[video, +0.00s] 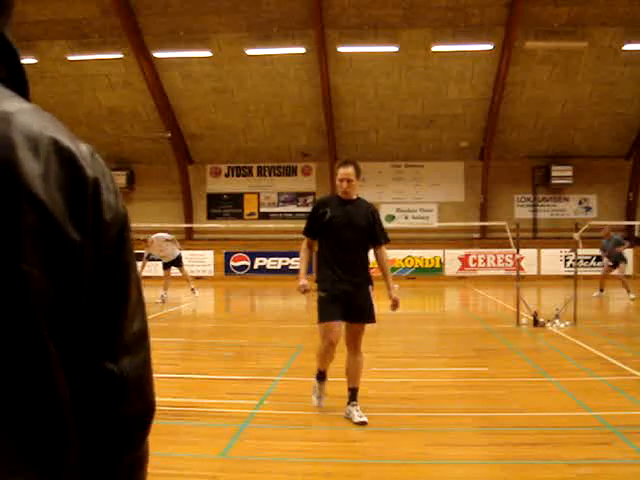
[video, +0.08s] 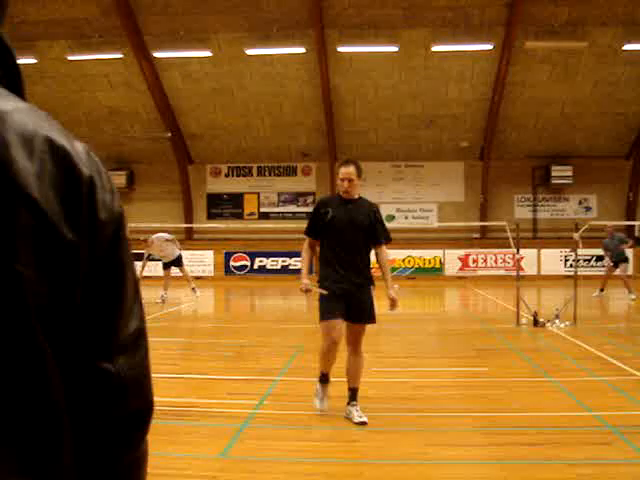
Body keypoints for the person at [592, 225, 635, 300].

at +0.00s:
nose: (604, 234)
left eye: (605, 232)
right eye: (603, 232)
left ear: (609, 232)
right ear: (603, 233)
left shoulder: (616, 239)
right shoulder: (604, 242)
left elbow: (627, 243)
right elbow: (602, 252)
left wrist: (621, 248)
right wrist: (606, 258)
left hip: (620, 259)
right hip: (611, 260)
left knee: (620, 275)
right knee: (603, 274)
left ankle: (629, 293)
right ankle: (601, 290)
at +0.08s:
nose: (609, 230)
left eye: (610, 228)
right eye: (608, 229)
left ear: (613, 229)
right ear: (606, 230)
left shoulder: (619, 237)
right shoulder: (606, 242)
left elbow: (630, 241)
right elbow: (606, 253)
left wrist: (625, 246)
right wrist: (608, 261)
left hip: (622, 258)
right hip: (613, 259)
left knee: (622, 274)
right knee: (606, 275)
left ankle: (630, 292)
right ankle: (601, 290)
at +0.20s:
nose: (621, 227)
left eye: (623, 225)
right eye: (619, 225)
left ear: (625, 225)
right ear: (617, 226)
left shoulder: (631, 233)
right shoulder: (616, 236)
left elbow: (637, 241)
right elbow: (613, 248)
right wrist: (613, 257)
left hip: (631, 255)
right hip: (622, 256)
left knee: (633, 274)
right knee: (616, 273)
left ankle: (633, 292)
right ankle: (613, 288)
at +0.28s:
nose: (630, 224)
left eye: (632, 222)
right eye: (629, 222)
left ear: (634, 223)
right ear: (626, 223)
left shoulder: (637, 233)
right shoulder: (623, 235)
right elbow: (618, 246)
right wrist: (618, 257)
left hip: (636, 254)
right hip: (627, 254)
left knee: (636, 274)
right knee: (625, 273)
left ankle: (637, 289)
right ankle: (626, 288)